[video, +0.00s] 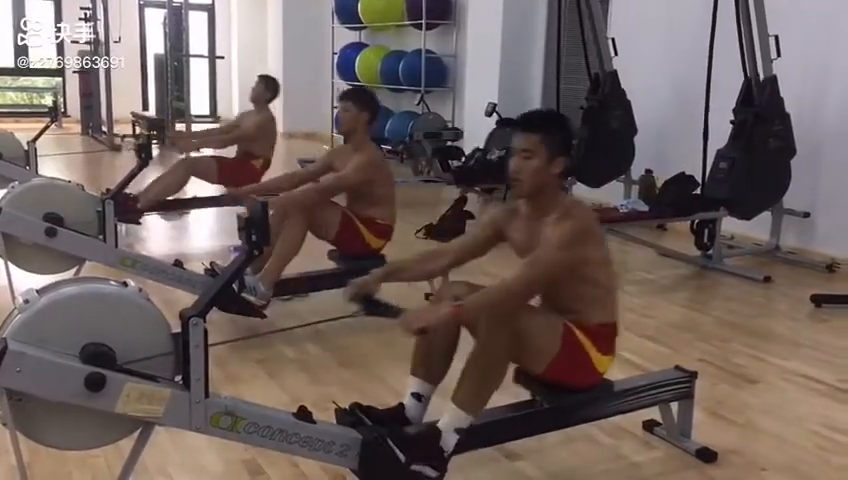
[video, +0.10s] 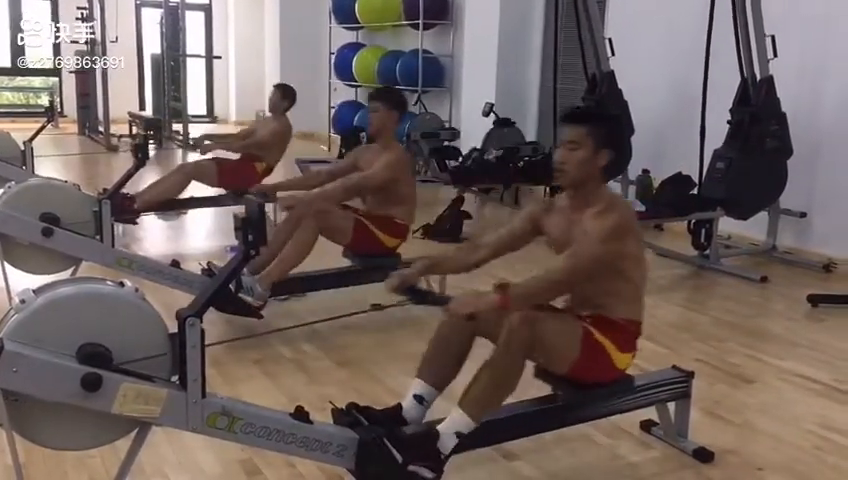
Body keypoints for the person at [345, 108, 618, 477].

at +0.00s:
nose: (513, 166)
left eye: (526, 157)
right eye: (512, 155)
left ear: (558, 166)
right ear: (509, 159)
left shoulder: (573, 223)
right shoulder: (507, 216)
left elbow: (521, 286)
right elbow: (446, 256)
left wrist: (449, 311)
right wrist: (381, 275)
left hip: (587, 349)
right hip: (547, 330)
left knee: (501, 321)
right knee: (452, 293)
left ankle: (441, 444)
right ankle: (411, 414)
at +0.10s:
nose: (559, 156)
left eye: (573, 148)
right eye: (559, 146)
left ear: (604, 159)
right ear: (556, 151)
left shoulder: (613, 219)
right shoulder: (548, 210)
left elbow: (562, 278)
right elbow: (477, 251)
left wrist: (496, 300)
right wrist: (421, 266)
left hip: (609, 345)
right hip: (570, 326)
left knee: (520, 328)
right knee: (463, 310)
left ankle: (440, 445)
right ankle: (408, 415)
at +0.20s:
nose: (609, 152)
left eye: (623, 144)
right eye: (608, 142)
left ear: (650, 153)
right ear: (604, 146)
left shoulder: (657, 215)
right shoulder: (588, 205)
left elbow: (605, 268)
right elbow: (520, 244)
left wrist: (538, 285)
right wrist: (466, 254)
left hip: (629, 339)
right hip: (588, 315)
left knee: (541, 342)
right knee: (486, 320)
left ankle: (440, 445)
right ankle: (405, 417)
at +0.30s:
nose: (653, 159)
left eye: (664, 152)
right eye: (652, 150)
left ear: (692, 160)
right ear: (650, 153)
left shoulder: (691, 223)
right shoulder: (630, 209)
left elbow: (642, 268)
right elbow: (564, 242)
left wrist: (592, 273)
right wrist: (507, 251)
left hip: (641, 333)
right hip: (602, 314)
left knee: (548, 365)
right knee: (503, 341)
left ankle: (437, 449)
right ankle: (405, 418)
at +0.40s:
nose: (680, 176)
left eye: (692, 170)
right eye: (679, 167)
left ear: (718, 182)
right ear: (675, 169)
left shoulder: (721, 232)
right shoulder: (648, 217)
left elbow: (689, 278)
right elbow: (596, 257)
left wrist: (638, 270)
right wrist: (555, 252)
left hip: (642, 335)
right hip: (603, 311)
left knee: (548, 371)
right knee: (507, 353)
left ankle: (435, 450)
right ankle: (400, 420)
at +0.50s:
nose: (688, 188)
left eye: (701, 182)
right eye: (688, 179)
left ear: (726, 194)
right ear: (684, 182)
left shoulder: (733, 243)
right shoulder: (658, 227)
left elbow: (739, 309)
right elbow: (627, 272)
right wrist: (599, 259)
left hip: (639, 337)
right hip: (600, 314)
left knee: (546, 372)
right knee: (509, 350)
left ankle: (432, 452)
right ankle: (397, 419)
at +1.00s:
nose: (652, 170)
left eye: (665, 163)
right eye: (652, 160)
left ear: (692, 172)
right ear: (649, 165)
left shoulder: (698, 232)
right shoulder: (629, 219)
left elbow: (711, 311)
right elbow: (593, 268)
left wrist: (665, 302)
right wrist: (565, 272)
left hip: (635, 337)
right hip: (594, 315)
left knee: (544, 376)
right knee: (506, 356)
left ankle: (427, 453)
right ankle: (395, 419)